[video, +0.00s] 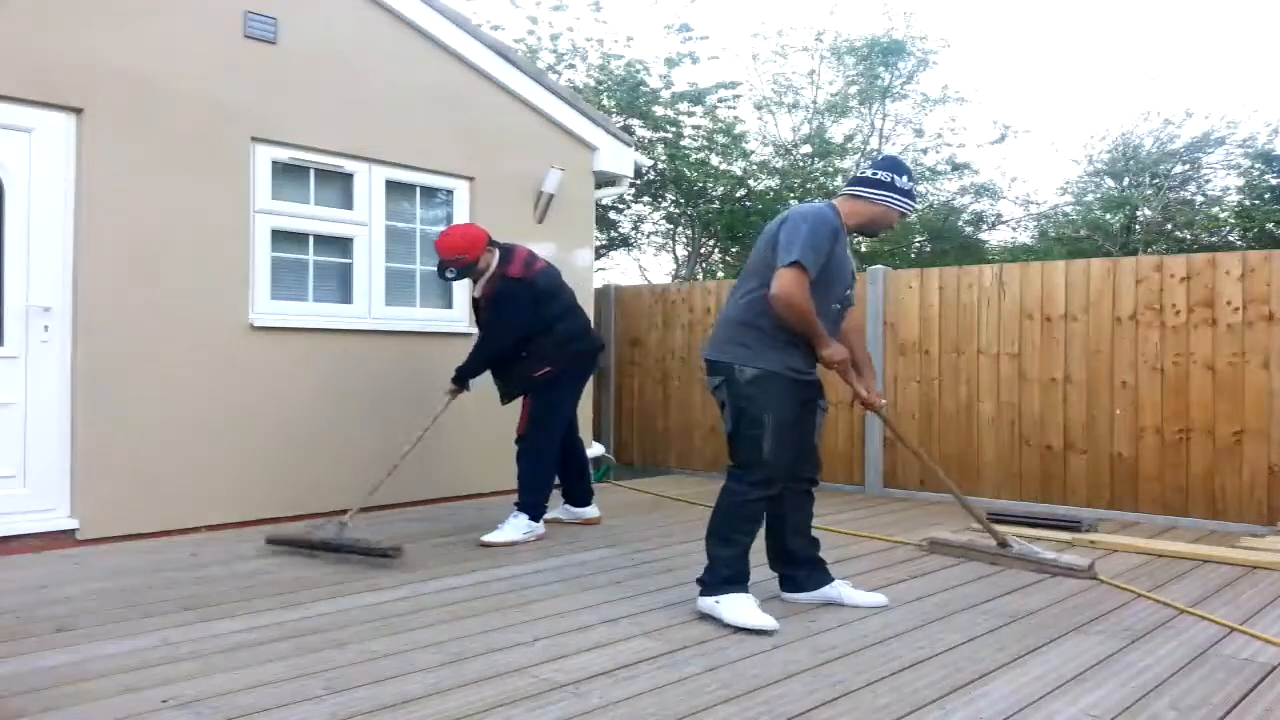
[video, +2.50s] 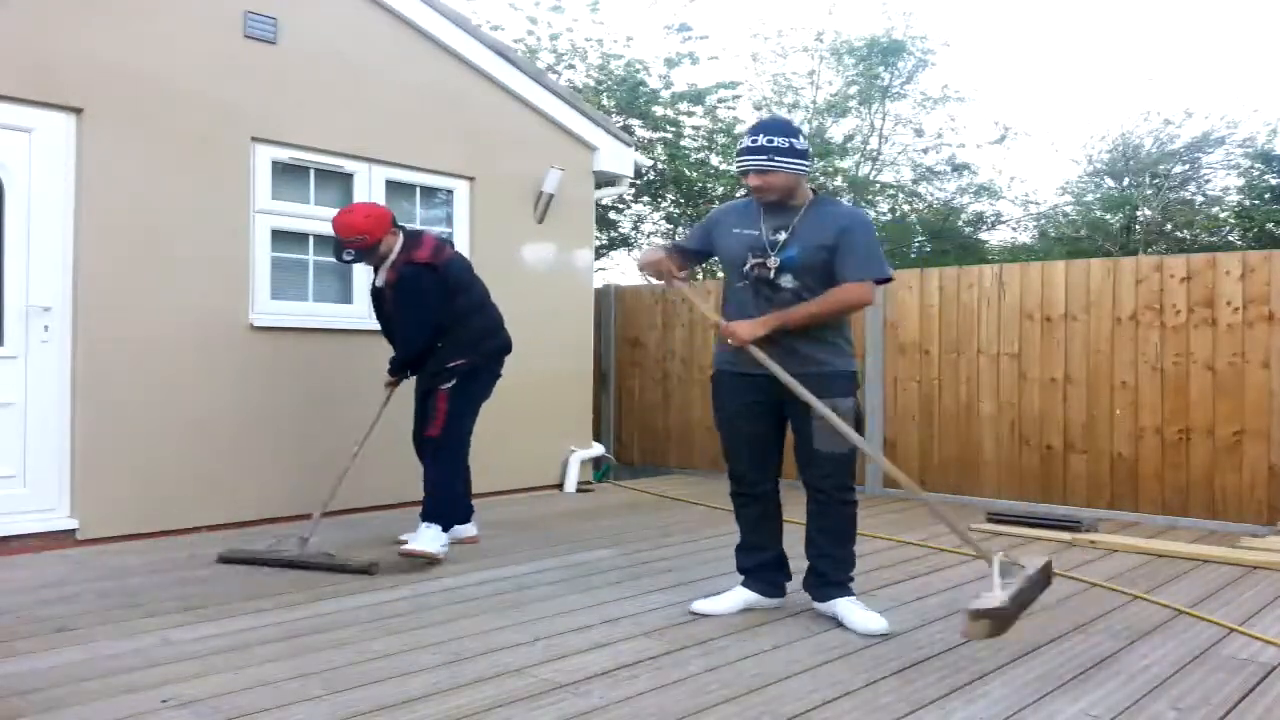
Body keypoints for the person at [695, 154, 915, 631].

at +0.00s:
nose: (898, 222)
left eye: (902, 214)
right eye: (899, 211)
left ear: (869, 196)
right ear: (879, 198)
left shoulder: (842, 256)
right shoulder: (814, 217)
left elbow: (847, 321)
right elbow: (786, 294)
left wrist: (864, 379)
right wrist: (825, 342)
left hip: (791, 370)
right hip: (752, 363)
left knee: (796, 477)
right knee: (757, 474)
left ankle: (803, 579)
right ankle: (721, 587)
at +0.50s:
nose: (859, 210)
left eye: (863, 202)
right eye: (859, 199)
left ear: (831, 185)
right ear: (834, 185)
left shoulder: (812, 242)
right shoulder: (755, 208)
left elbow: (820, 302)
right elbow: (679, 238)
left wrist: (824, 343)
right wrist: (758, 272)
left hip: (782, 373)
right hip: (725, 368)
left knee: (789, 479)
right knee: (721, 481)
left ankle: (802, 580)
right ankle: (704, 593)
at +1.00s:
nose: (882, 216)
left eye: (886, 208)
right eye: (882, 205)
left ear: (853, 188)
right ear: (857, 188)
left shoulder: (833, 244)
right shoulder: (770, 213)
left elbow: (839, 315)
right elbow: (721, 276)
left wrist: (852, 377)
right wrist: (797, 320)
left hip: (780, 373)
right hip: (717, 365)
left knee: (802, 481)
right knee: (710, 481)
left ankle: (818, 593)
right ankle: (702, 592)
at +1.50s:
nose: (917, 204)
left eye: (923, 195)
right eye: (915, 191)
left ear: (900, 184)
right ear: (887, 175)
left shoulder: (892, 241)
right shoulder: (794, 206)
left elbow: (890, 310)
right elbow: (708, 232)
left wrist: (872, 340)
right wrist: (774, 256)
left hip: (833, 381)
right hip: (759, 369)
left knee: (820, 490)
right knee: (737, 482)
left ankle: (820, 594)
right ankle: (714, 592)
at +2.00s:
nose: (908, 207)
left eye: (913, 198)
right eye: (903, 196)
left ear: (900, 189)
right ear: (872, 182)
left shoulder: (905, 242)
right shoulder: (782, 209)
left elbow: (912, 312)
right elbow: (704, 257)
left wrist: (879, 374)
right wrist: (747, 301)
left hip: (839, 382)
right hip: (759, 371)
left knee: (830, 487)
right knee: (748, 479)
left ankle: (822, 593)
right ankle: (756, 581)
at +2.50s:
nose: (752, 181)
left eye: (763, 171)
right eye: (747, 171)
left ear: (796, 169)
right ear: (742, 170)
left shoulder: (844, 219)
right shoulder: (728, 218)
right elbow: (673, 258)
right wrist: (659, 262)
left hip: (821, 375)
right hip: (744, 372)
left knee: (830, 485)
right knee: (750, 482)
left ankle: (832, 591)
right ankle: (762, 584)